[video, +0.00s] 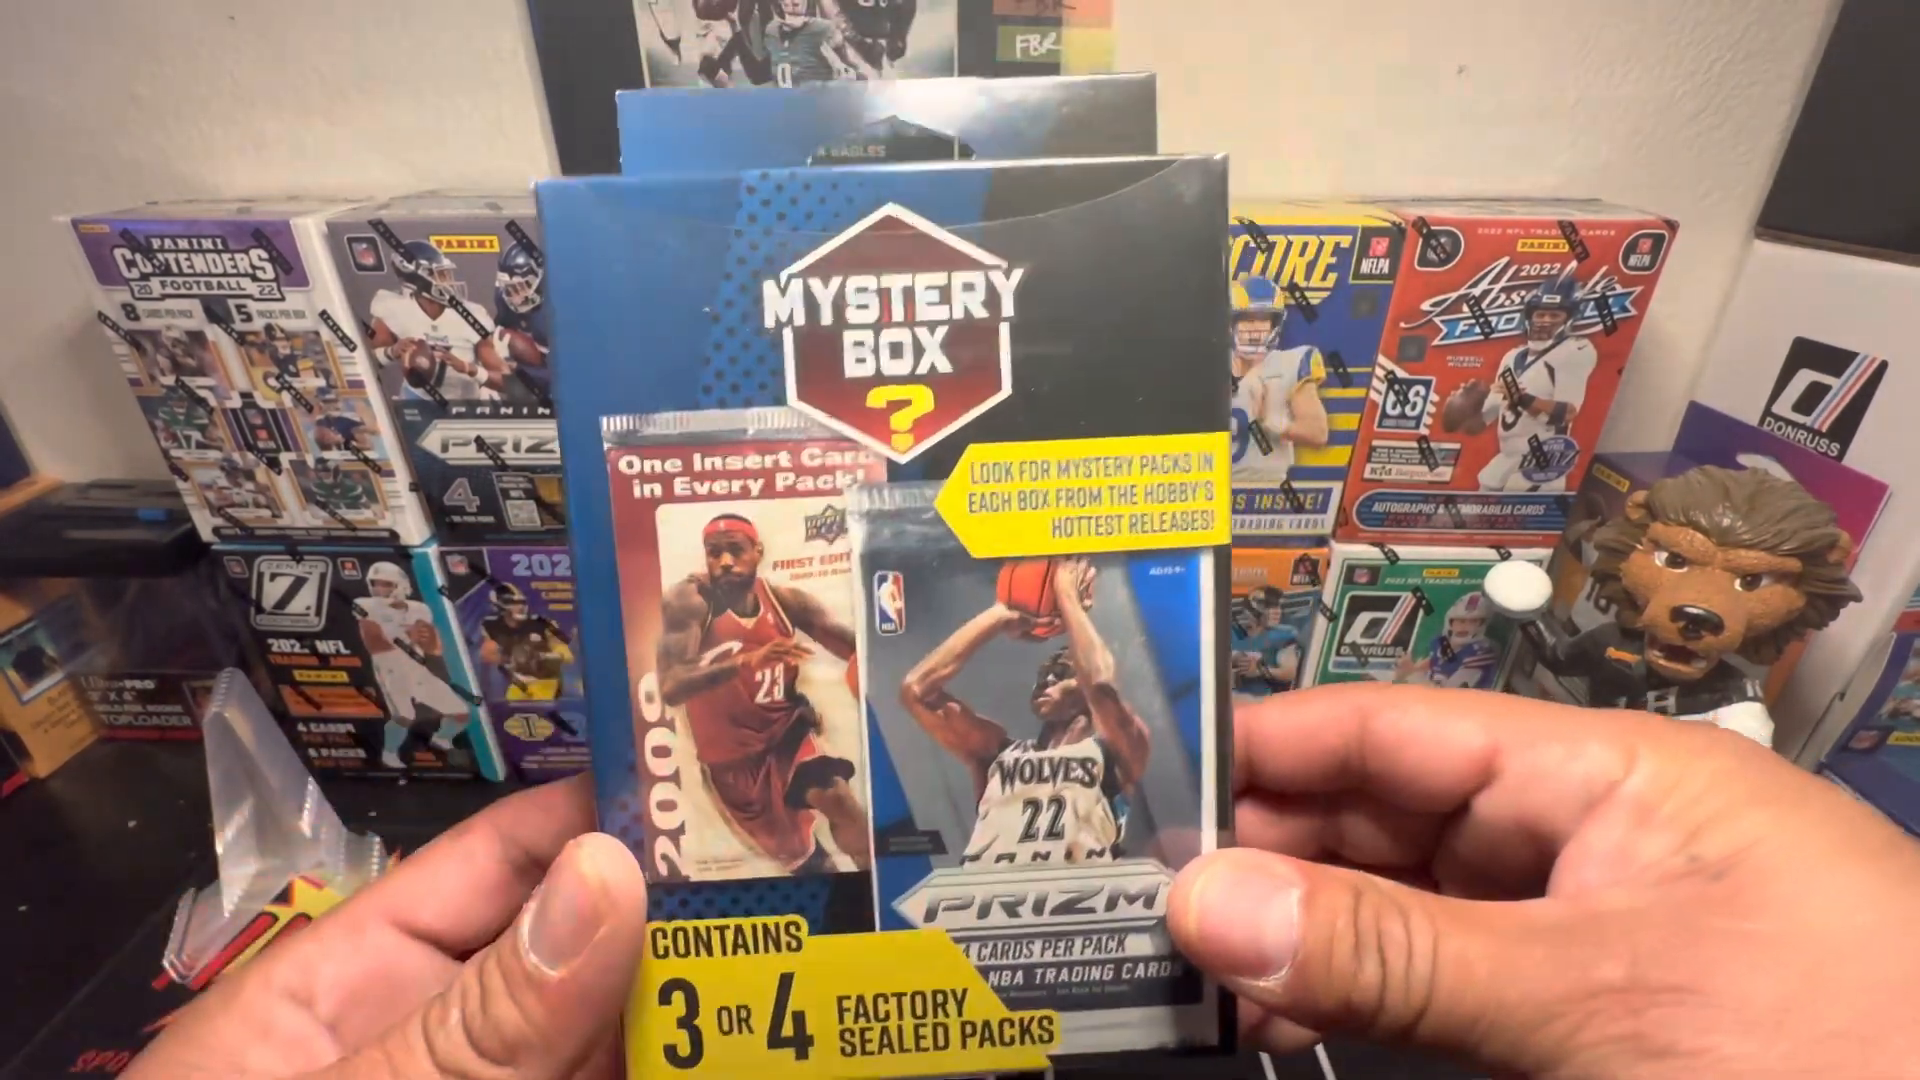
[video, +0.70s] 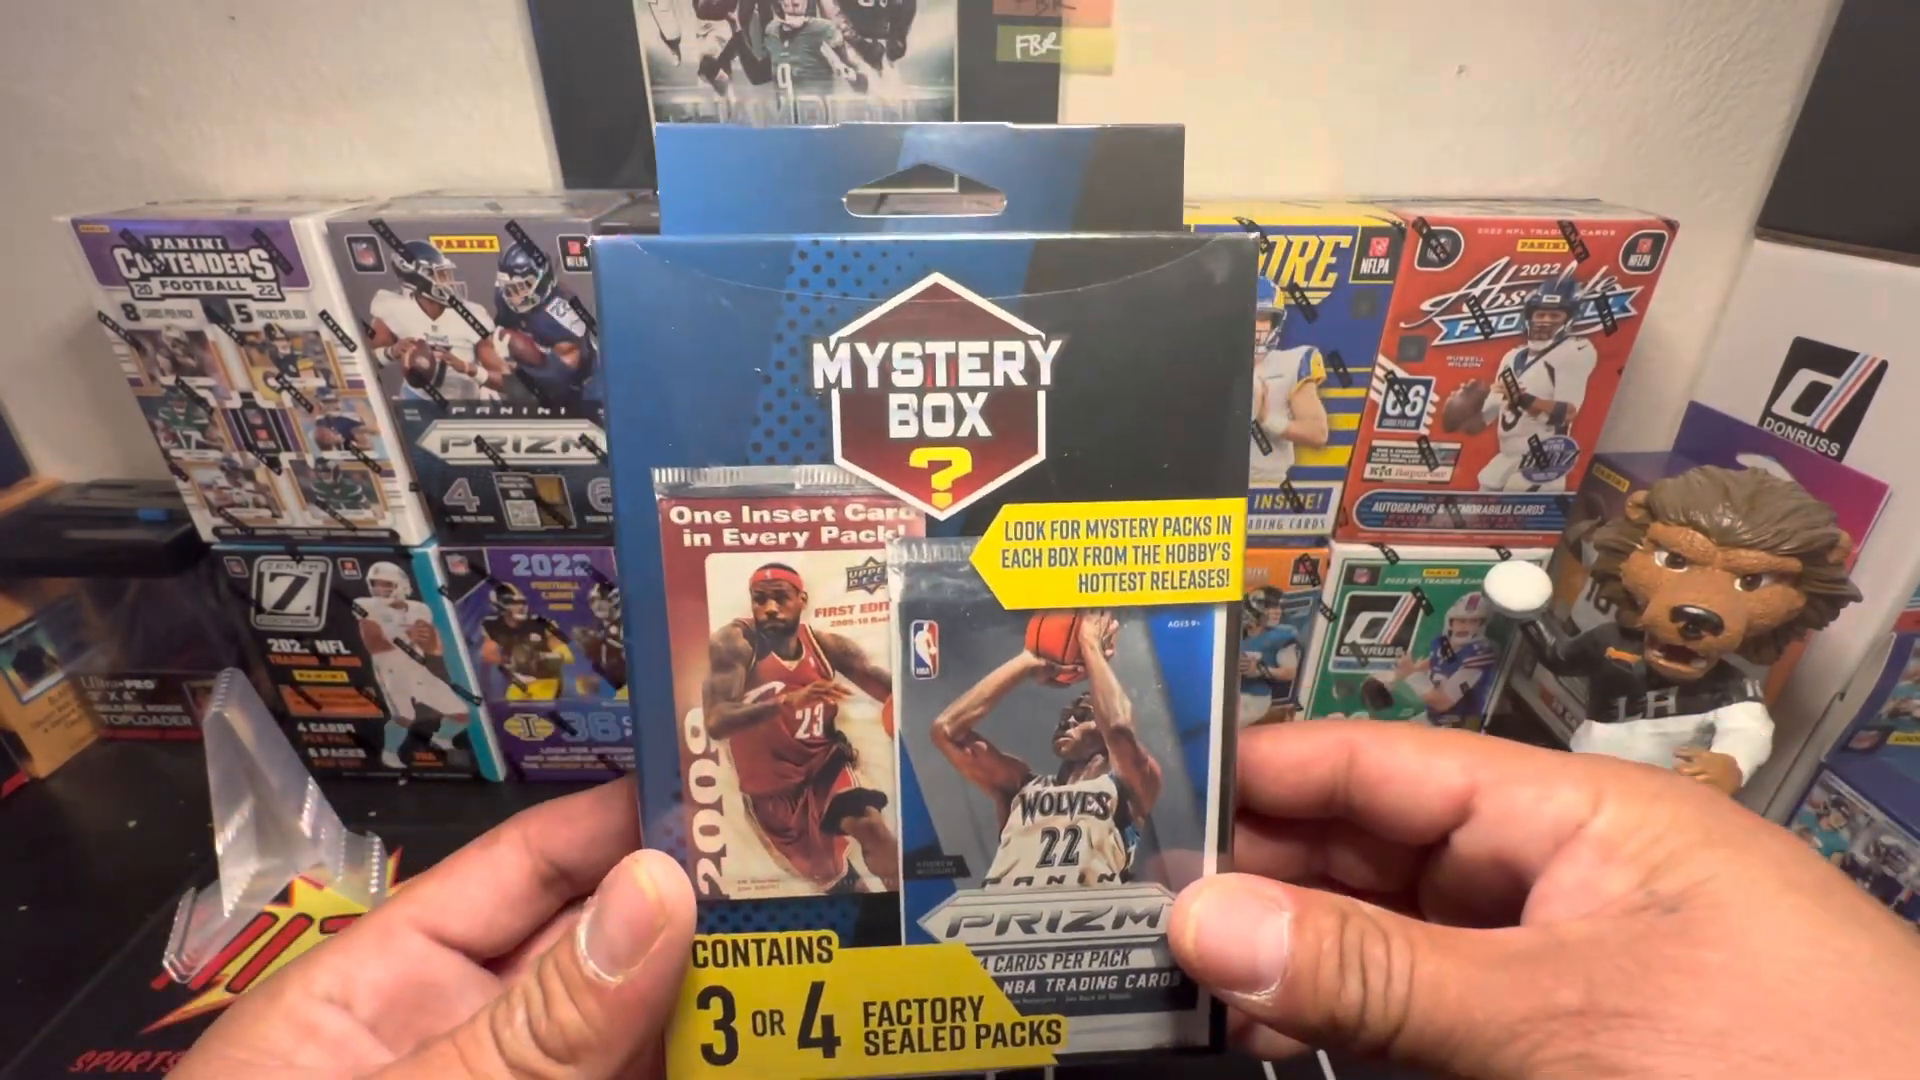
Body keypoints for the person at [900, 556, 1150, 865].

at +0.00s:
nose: (1043, 680)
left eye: (1061, 672)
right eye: (1042, 674)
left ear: (1087, 688)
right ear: (1033, 689)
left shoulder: (1113, 755)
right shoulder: (997, 753)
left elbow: (1099, 683)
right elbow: (917, 691)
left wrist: (1066, 594)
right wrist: (997, 616)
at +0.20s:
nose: (1025, 707)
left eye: (1043, 700)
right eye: (1023, 701)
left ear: (1069, 715)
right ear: (1014, 715)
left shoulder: (1094, 779)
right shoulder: (980, 778)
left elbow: (1081, 712)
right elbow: (900, 718)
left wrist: (1047, 623)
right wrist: (980, 644)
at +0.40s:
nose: (1037, 722)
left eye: (1053, 716)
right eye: (1035, 716)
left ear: (1078, 730)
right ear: (1026, 728)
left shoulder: (1099, 791)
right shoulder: (988, 789)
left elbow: (1089, 728)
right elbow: (914, 731)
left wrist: (1060, 644)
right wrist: (995, 661)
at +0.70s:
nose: (1066, 720)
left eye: (1083, 714)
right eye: (1065, 715)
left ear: (1106, 730)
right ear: (1056, 730)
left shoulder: (1126, 789)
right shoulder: (1019, 787)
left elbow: (1118, 727)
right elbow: (947, 730)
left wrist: (1090, 645)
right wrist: (1026, 661)